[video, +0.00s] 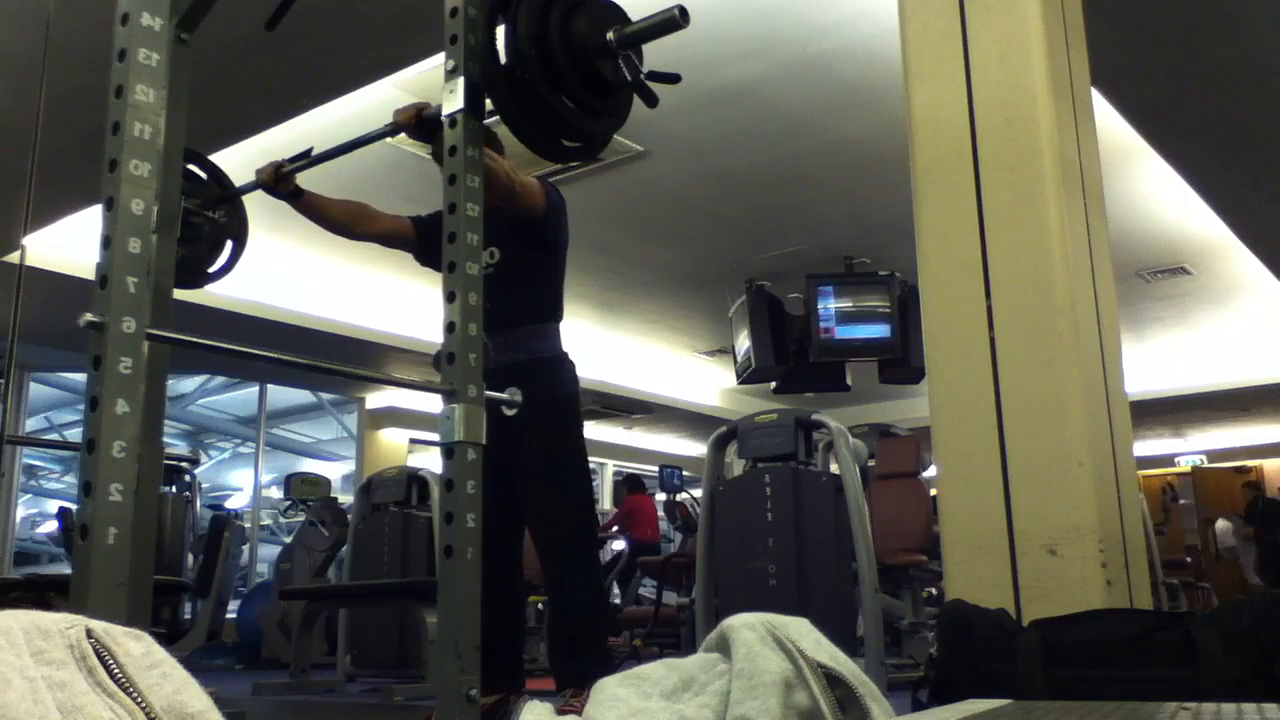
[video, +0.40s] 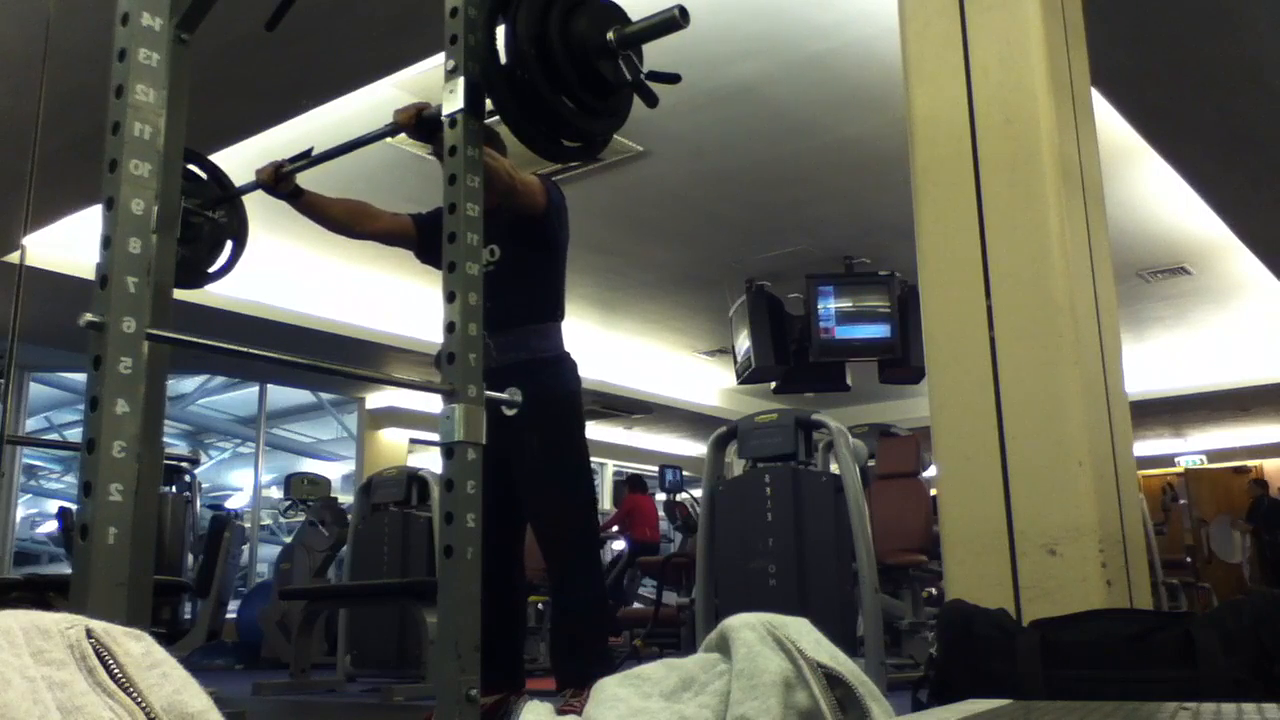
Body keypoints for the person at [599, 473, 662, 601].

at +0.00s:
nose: (624, 491)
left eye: (624, 487)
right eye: (623, 488)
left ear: (629, 487)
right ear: (642, 486)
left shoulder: (631, 500)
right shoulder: (649, 500)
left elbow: (617, 518)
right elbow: (636, 522)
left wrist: (602, 529)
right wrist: (618, 532)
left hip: (637, 545)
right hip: (654, 546)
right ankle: (634, 602)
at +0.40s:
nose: (627, 490)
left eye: (627, 487)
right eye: (627, 487)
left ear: (630, 487)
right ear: (644, 486)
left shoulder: (631, 500)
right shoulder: (650, 500)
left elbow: (616, 519)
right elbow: (639, 522)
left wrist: (600, 529)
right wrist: (620, 530)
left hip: (637, 546)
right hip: (654, 546)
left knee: (613, 567)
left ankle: (618, 600)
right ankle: (627, 600)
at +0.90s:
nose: (624, 490)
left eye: (625, 487)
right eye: (624, 487)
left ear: (629, 487)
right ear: (641, 486)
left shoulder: (631, 500)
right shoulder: (649, 500)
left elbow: (615, 520)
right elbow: (635, 523)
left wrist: (600, 530)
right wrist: (617, 532)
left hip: (637, 546)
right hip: (654, 546)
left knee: (608, 570)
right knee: (625, 572)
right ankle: (635, 601)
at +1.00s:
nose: (624, 490)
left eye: (625, 487)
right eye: (624, 487)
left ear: (629, 487)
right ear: (642, 487)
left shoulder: (631, 500)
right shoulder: (649, 500)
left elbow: (615, 519)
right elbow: (635, 522)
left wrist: (599, 529)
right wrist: (617, 532)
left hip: (638, 545)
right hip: (654, 546)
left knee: (614, 560)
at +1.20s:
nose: (626, 490)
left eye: (627, 487)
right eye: (626, 487)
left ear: (630, 487)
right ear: (644, 487)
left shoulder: (630, 500)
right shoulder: (650, 500)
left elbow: (616, 519)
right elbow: (636, 522)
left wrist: (600, 529)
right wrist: (618, 531)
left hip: (637, 547)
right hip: (654, 547)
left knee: (613, 559)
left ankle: (618, 602)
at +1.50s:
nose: (624, 490)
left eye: (625, 487)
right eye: (624, 487)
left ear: (630, 487)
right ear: (642, 486)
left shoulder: (630, 500)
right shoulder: (649, 500)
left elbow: (615, 521)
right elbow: (634, 523)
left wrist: (599, 530)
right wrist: (615, 534)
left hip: (636, 547)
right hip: (654, 547)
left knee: (605, 553)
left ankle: (611, 586)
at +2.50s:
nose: (623, 491)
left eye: (624, 487)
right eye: (623, 488)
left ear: (629, 487)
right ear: (642, 486)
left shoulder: (631, 500)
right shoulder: (649, 500)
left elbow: (615, 521)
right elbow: (632, 523)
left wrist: (600, 529)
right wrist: (615, 533)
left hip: (636, 546)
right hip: (654, 546)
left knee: (603, 552)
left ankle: (606, 586)